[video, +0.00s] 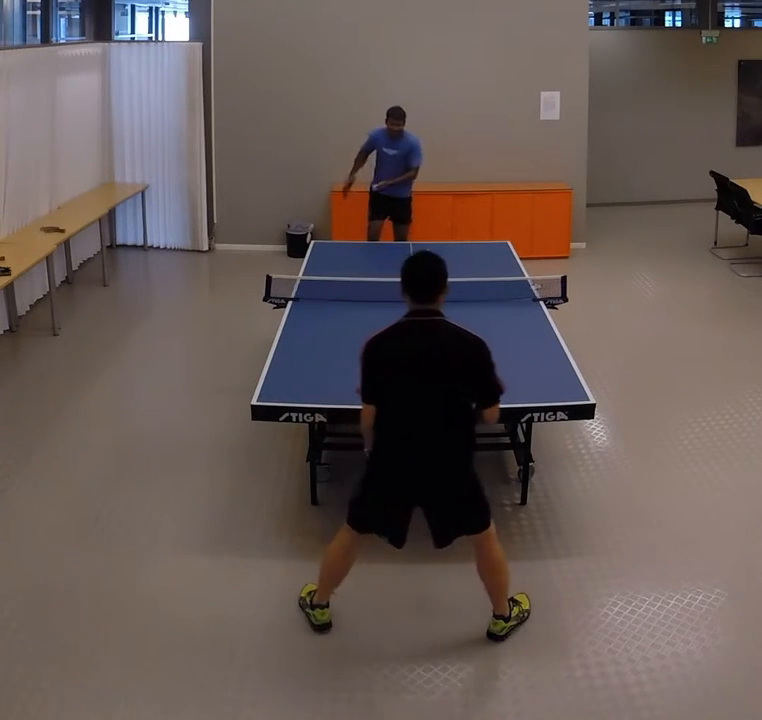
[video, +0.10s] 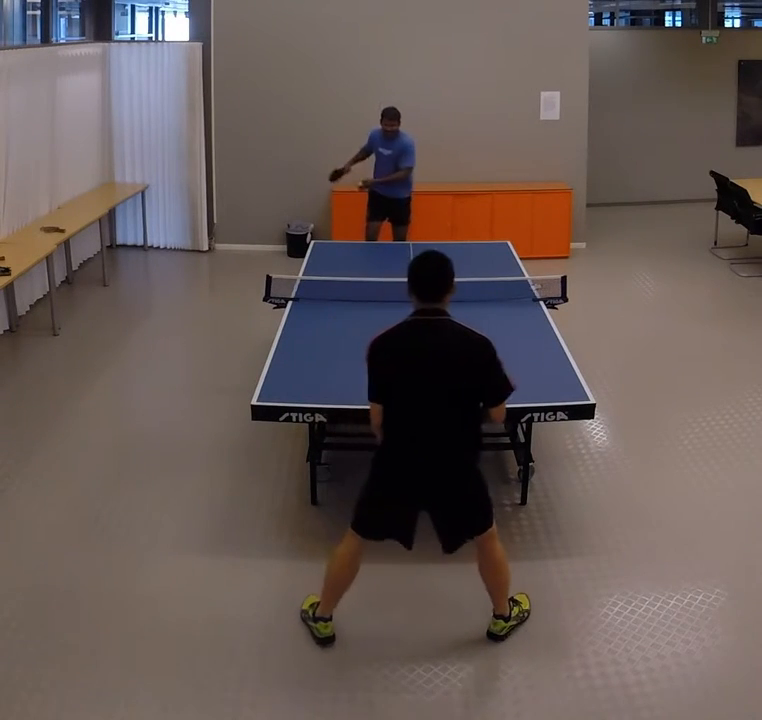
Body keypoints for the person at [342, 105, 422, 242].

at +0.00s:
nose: (395, 129)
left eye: (399, 125)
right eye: (392, 124)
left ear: (404, 124)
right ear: (386, 122)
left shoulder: (412, 143)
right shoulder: (377, 136)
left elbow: (413, 173)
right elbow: (363, 154)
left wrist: (389, 182)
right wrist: (352, 175)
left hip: (401, 197)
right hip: (379, 194)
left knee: (401, 240)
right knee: (373, 236)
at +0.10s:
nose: (388, 129)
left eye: (392, 126)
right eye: (386, 125)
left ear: (399, 124)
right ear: (381, 123)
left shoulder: (406, 143)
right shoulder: (376, 136)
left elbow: (405, 173)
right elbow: (366, 152)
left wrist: (374, 182)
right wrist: (348, 165)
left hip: (400, 197)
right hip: (378, 194)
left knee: (400, 241)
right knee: (371, 237)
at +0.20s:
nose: (383, 130)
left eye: (386, 127)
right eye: (379, 127)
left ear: (393, 125)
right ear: (375, 125)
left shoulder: (402, 144)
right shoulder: (373, 136)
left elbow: (396, 172)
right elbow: (367, 150)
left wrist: (363, 178)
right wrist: (345, 156)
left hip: (398, 198)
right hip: (376, 195)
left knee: (398, 242)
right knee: (368, 238)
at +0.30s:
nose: (377, 131)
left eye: (381, 128)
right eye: (374, 128)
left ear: (388, 127)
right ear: (370, 126)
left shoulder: (396, 145)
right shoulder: (369, 137)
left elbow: (380, 171)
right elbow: (364, 152)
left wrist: (349, 175)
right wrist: (339, 153)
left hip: (395, 199)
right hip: (373, 196)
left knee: (396, 244)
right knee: (365, 241)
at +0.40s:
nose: (373, 133)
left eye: (376, 129)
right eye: (369, 129)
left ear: (383, 127)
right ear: (365, 127)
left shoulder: (391, 145)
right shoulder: (363, 138)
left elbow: (372, 171)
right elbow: (357, 158)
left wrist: (340, 175)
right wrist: (329, 163)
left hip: (391, 200)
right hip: (369, 198)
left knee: (395, 243)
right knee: (362, 241)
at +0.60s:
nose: (363, 136)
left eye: (367, 133)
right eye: (360, 133)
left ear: (374, 129)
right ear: (355, 130)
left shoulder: (385, 141)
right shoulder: (349, 145)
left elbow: (383, 168)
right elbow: (351, 174)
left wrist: (354, 166)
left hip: (388, 195)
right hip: (364, 195)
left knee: (393, 240)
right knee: (361, 239)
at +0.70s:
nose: (362, 137)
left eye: (366, 133)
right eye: (359, 134)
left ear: (372, 129)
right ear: (354, 130)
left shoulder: (384, 136)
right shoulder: (350, 149)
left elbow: (391, 165)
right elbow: (370, 173)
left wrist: (366, 159)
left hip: (388, 193)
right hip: (365, 196)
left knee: (396, 239)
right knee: (362, 240)